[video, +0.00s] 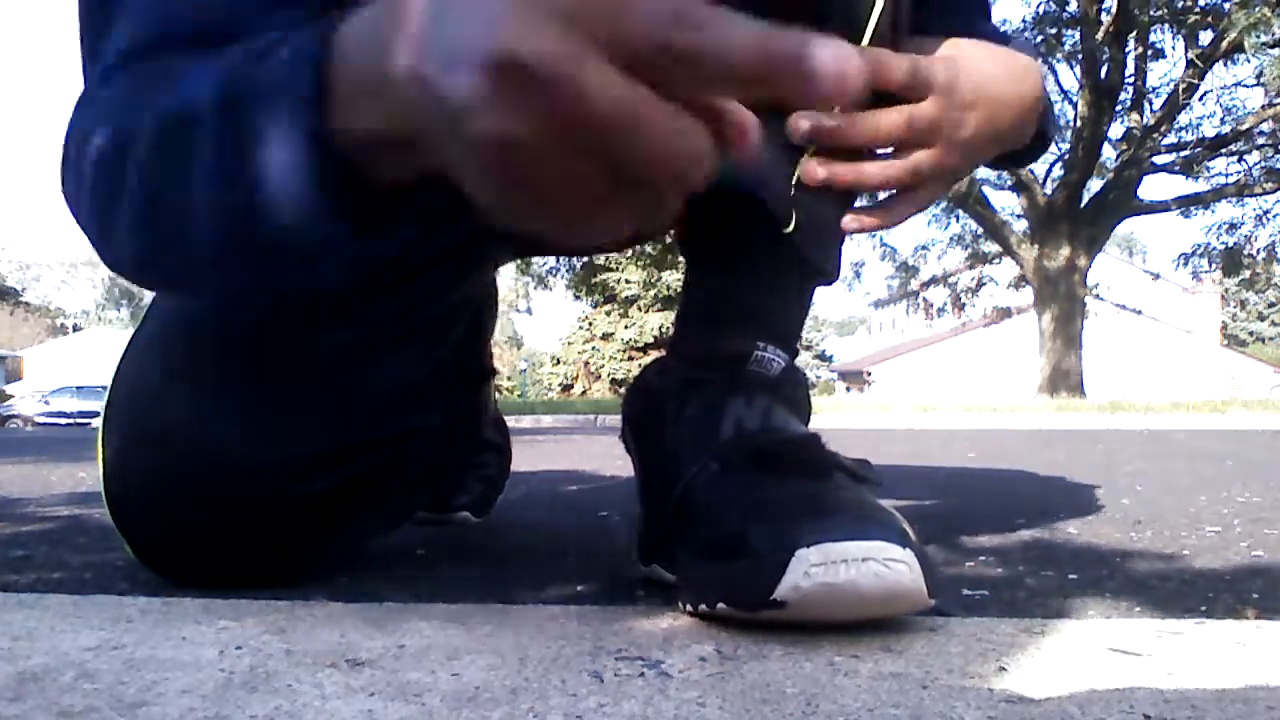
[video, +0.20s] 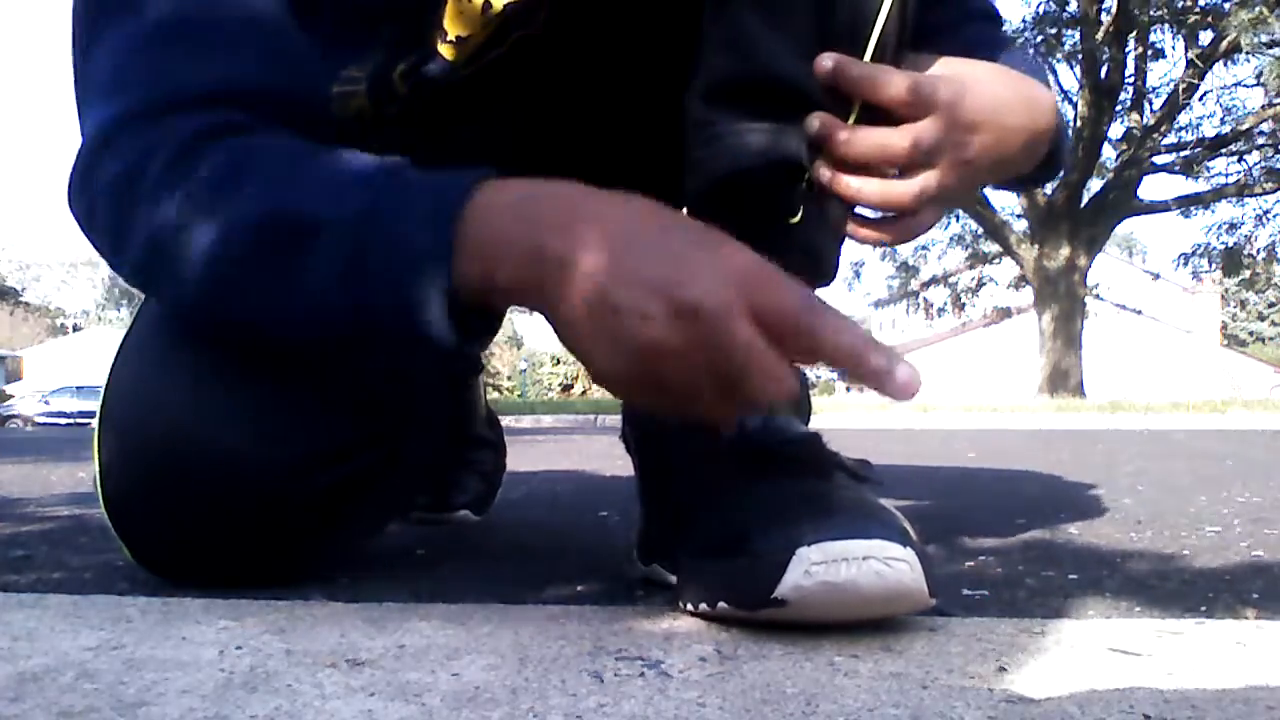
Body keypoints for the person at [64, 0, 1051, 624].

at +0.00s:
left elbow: (906, 29)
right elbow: (126, 144)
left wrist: (1023, 92)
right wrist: (393, 73)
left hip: (689, 63)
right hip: (368, 135)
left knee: (815, 13)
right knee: (192, 507)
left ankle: (733, 417)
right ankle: (423, 391)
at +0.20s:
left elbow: (935, 38)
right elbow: (155, 154)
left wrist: (1037, 120)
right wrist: (535, 234)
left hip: (652, 133)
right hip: (359, 158)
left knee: (786, 11)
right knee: (192, 497)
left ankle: (732, 447)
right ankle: (416, 402)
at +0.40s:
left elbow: (911, 24)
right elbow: (111, 118)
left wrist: (1002, 158)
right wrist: (456, 232)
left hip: (616, 134)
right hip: (324, 173)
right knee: (198, 501)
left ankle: (734, 437)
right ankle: (422, 411)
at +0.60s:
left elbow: (910, 30)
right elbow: (56, 16)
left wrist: (997, 163)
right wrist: (237, 129)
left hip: (605, 105)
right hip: (335, 138)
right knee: (194, 511)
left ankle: (730, 418)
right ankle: (411, 373)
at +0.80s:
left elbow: (956, 45)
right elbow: (23, 25)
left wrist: (997, 142)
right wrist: (163, 150)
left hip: (625, 118)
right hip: (341, 155)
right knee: (194, 505)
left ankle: (727, 421)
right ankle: (415, 385)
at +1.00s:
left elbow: (996, 12)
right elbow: (33, 16)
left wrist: (926, 141)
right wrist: (210, 152)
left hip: (672, 75)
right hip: (402, 139)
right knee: (217, 498)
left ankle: (725, 423)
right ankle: (452, 417)